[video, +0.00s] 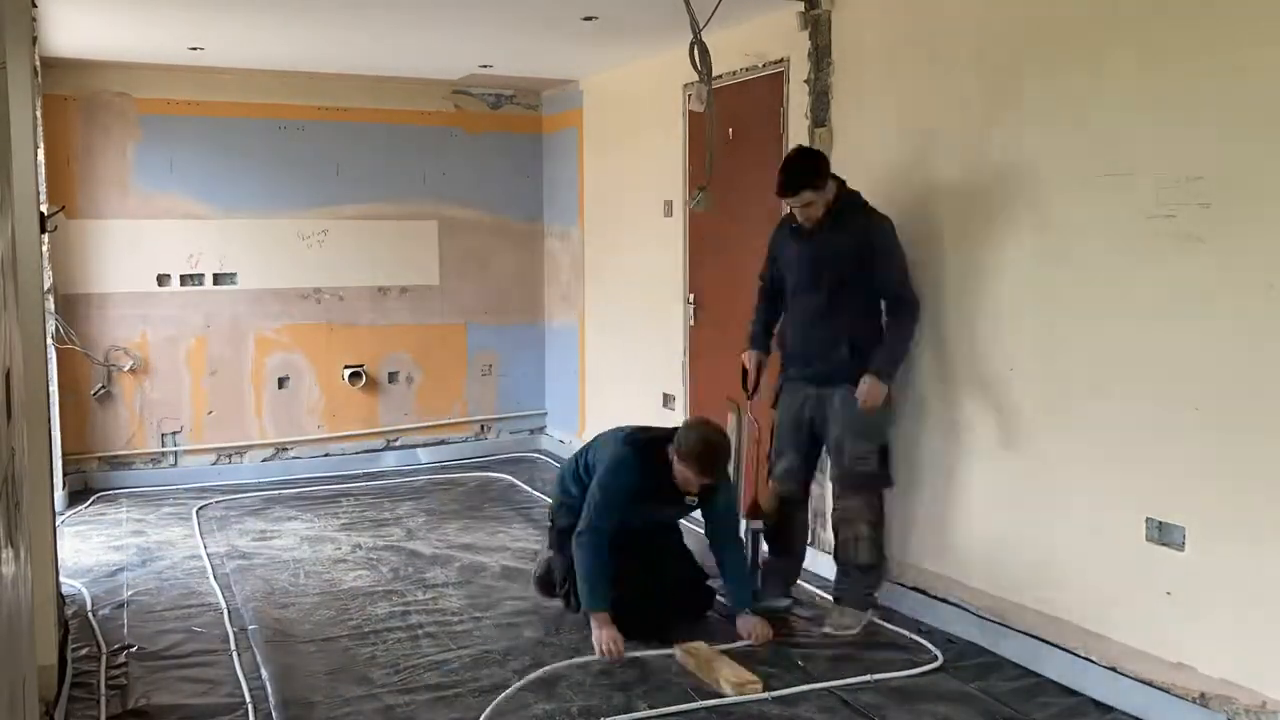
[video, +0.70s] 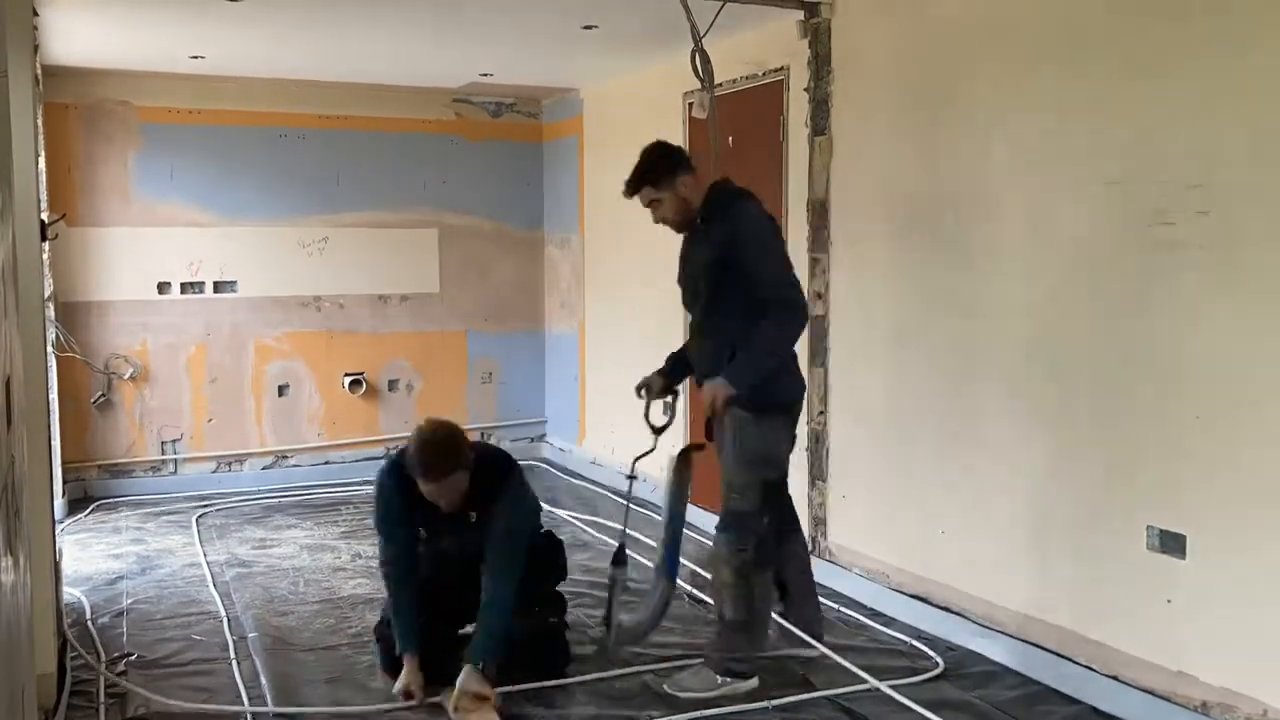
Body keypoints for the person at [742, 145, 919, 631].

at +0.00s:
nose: (798, 215)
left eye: (807, 205)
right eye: (791, 206)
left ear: (829, 188)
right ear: (784, 198)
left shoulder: (871, 228)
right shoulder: (786, 232)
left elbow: (903, 308)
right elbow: (771, 292)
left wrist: (881, 372)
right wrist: (757, 345)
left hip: (853, 384)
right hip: (797, 381)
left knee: (856, 492)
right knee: (785, 486)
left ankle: (855, 599)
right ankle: (775, 590)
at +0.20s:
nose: (779, 168)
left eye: (787, 156)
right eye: (770, 160)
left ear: (806, 152)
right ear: (760, 164)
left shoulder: (831, 209)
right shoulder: (779, 213)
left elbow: (847, 309)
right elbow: (768, 300)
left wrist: (823, 392)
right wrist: (750, 368)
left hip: (808, 391)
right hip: (768, 387)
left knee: (810, 516)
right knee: (778, 511)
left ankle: (828, 638)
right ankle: (793, 616)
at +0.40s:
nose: (723, 204)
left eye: (728, 191)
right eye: (718, 193)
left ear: (762, 180)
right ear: (757, 180)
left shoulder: (779, 240)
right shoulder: (798, 213)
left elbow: (782, 356)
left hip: (800, 396)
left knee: (784, 520)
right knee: (799, 513)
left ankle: (822, 653)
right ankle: (795, 625)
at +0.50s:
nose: (764, 175)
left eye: (772, 164)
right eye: (756, 167)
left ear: (796, 162)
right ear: (749, 171)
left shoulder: (819, 218)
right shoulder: (770, 221)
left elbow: (821, 319)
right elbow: (759, 310)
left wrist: (789, 404)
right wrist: (739, 378)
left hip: (804, 399)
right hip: (767, 395)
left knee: (803, 524)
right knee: (779, 523)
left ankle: (823, 645)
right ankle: (797, 637)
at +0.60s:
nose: (726, 218)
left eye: (725, 204)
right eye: (719, 210)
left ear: (752, 179)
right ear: (741, 190)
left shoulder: (817, 220)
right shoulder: (758, 234)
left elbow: (863, 307)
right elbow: (771, 317)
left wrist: (790, 352)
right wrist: (727, 367)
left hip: (826, 401)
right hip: (783, 400)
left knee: (818, 535)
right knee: (787, 532)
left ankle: (830, 660)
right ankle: (809, 647)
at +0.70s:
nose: (655, 217)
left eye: (655, 203)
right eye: (649, 207)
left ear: (685, 181)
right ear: (674, 191)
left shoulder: (741, 218)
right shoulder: (702, 233)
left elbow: (789, 309)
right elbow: (713, 327)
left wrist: (735, 378)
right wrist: (670, 375)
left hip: (763, 398)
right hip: (736, 397)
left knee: (741, 525)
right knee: (770, 517)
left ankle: (735, 664)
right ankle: (807, 627)